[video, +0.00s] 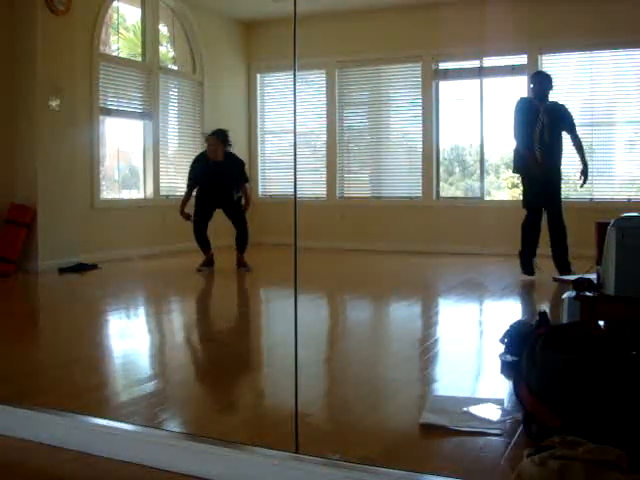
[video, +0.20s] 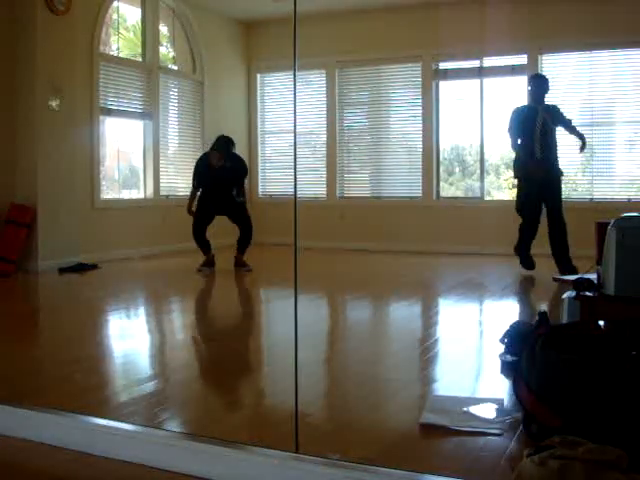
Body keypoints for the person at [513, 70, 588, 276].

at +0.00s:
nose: (541, 89)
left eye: (544, 85)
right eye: (537, 84)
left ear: (550, 87)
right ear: (531, 86)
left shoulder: (559, 110)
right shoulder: (523, 105)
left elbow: (574, 137)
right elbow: (519, 137)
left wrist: (584, 164)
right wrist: (527, 160)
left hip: (552, 171)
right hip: (530, 170)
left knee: (555, 218)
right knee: (533, 215)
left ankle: (563, 265)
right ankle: (527, 261)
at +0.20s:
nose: (539, 93)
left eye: (543, 88)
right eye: (536, 88)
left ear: (547, 90)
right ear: (529, 89)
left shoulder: (552, 111)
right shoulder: (520, 112)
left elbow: (567, 125)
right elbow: (513, 135)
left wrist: (580, 136)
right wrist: (519, 150)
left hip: (551, 173)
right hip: (528, 174)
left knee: (556, 220)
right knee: (531, 218)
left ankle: (564, 264)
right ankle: (522, 250)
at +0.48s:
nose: (520, 102)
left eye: (523, 98)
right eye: (518, 98)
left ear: (531, 99)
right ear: (516, 99)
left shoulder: (544, 119)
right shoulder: (510, 115)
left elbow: (574, 116)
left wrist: (601, 116)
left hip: (535, 176)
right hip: (514, 176)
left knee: (545, 218)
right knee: (520, 220)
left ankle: (553, 260)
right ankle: (525, 262)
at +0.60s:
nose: (518, 98)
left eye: (521, 95)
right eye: (516, 95)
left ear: (528, 97)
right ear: (512, 97)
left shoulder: (537, 113)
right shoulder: (506, 112)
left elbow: (567, 112)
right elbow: (503, 137)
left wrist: (593, 115)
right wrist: (520, 154)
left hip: (529, 172)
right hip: (510, 172)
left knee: (531, 216)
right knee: (516, 216)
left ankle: (529, 262)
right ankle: (522, 262)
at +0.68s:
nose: (516, 98)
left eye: (520, 95)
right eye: (514, 95)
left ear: (526, 97)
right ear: (511, 97)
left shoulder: (535, 114)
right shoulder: (504, 114)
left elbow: (562, 115)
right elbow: (500, 138)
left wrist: (589, 116)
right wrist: (517, 154)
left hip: (528, 172)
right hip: (509, 172)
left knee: (530, 215)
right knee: (516, 216)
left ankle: (527, 260)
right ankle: (523, 262)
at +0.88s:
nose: (515, 114)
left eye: (518, 111)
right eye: (513, 110)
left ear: (523, 112)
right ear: (508, 111)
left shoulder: (528, 134)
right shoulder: (499, 131)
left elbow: (536, 157)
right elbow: (493, 158)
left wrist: (547, 162)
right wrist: (497, 178)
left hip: (516, 179)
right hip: (500, 179)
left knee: (512, 217)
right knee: (508, 218)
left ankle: (503, 251)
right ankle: (522, 255)